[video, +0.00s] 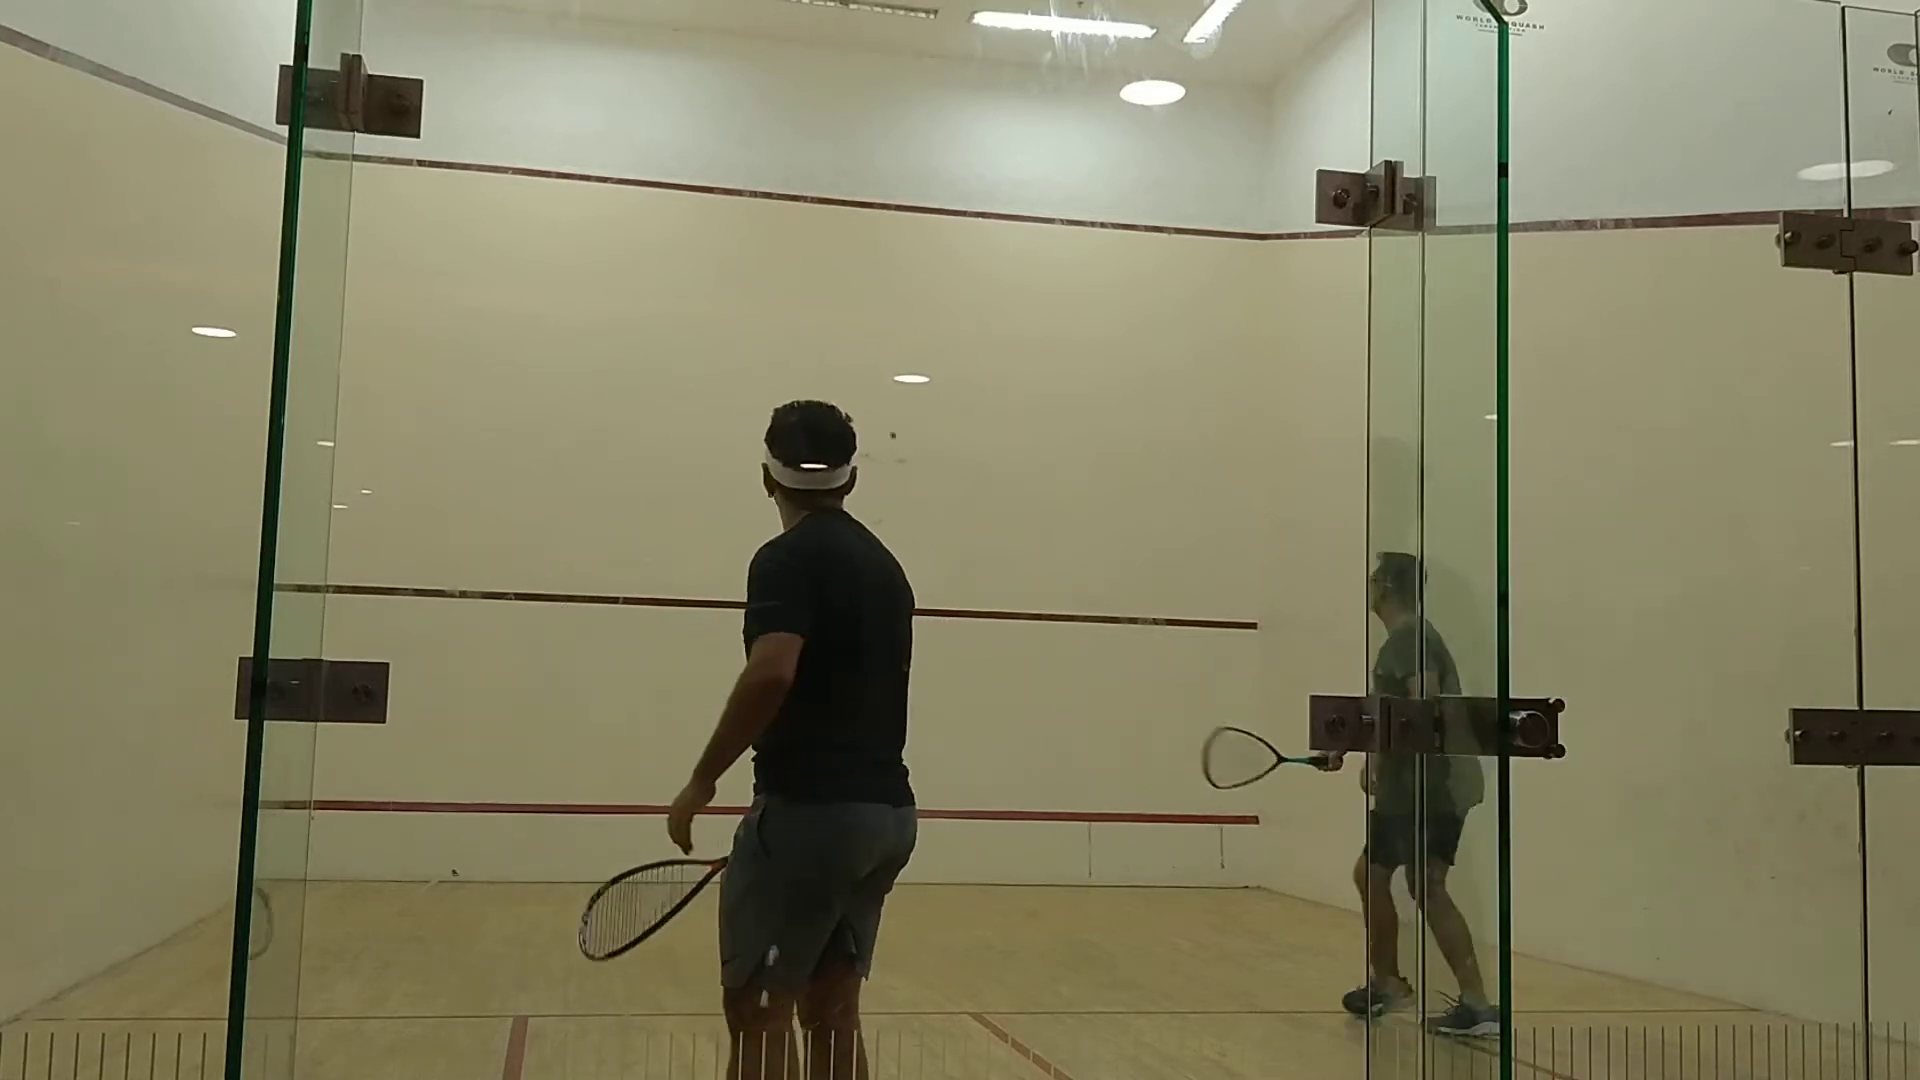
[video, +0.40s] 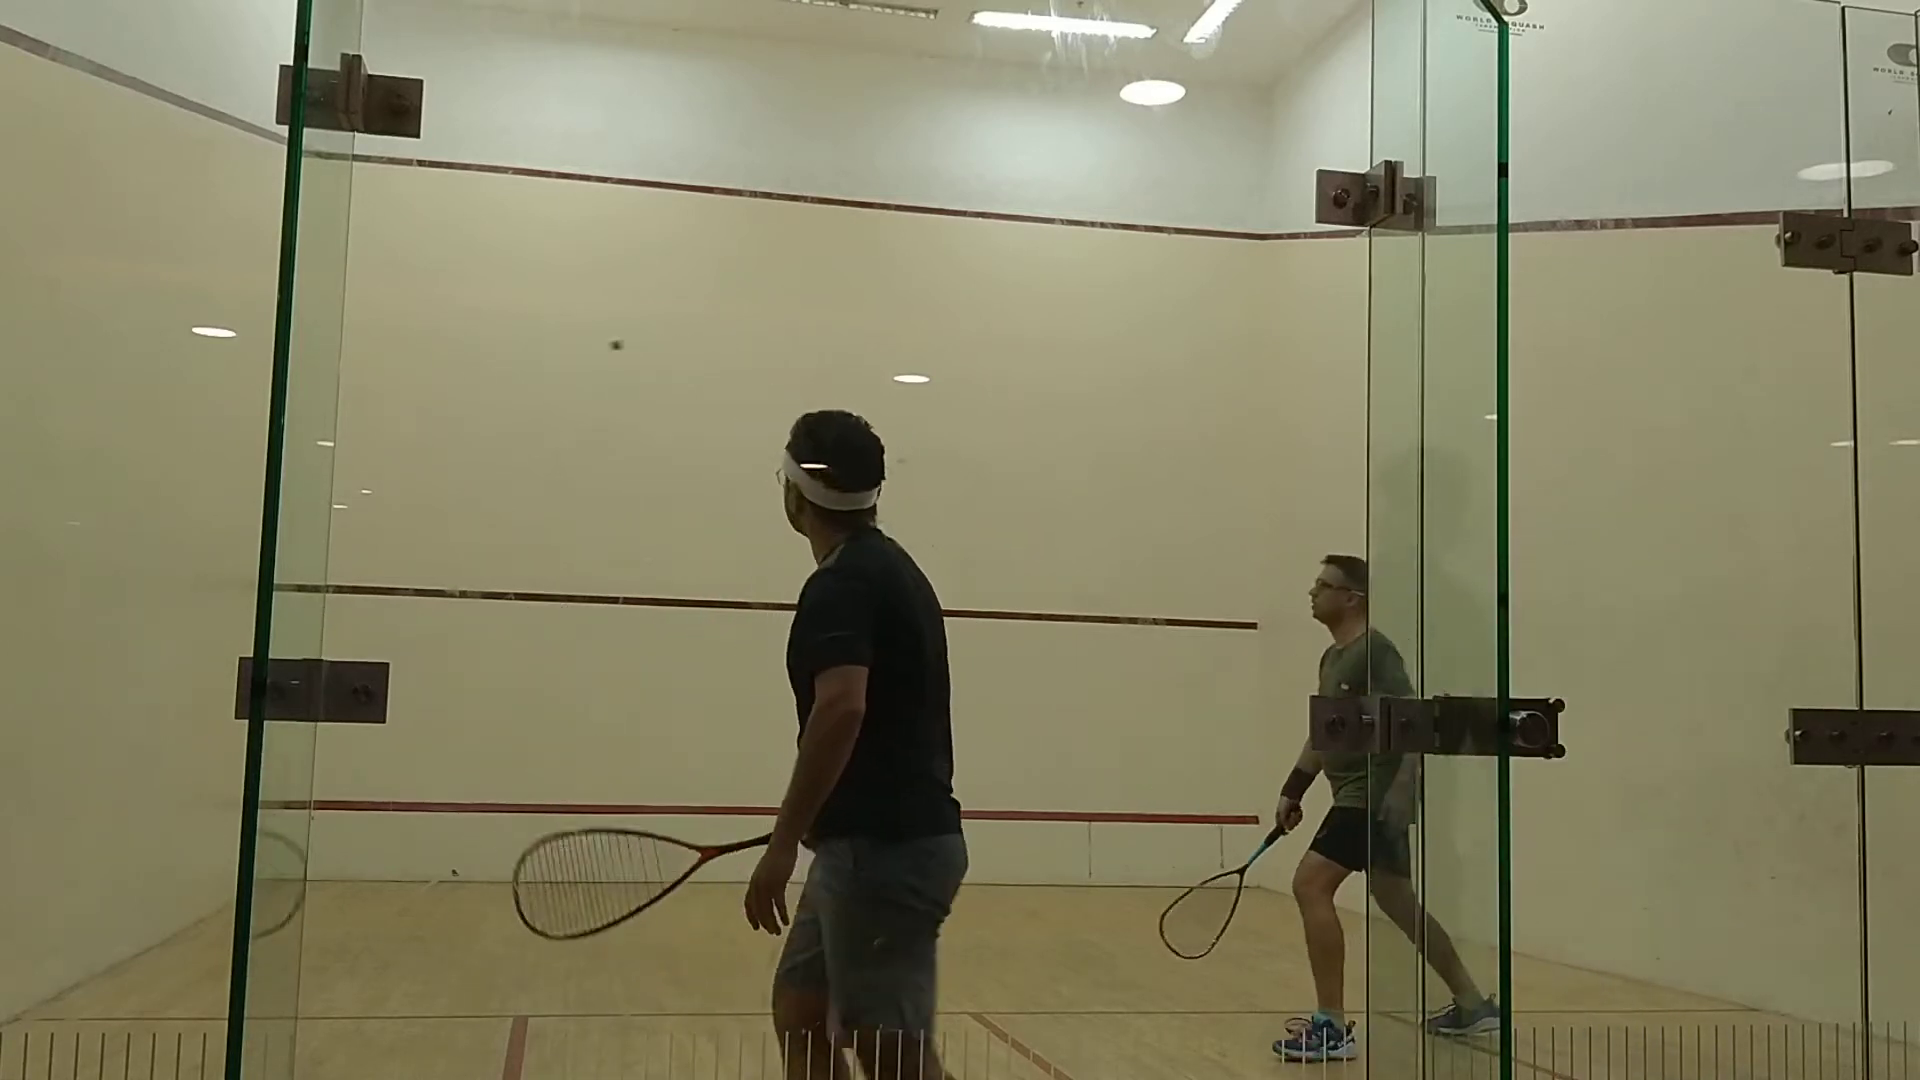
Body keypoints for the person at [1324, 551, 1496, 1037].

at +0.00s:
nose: (1367, 590)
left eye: (1371, 582)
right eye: (1370, 582)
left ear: (1383, 589)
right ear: (1409, 590)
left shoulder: (1409, 641)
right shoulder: (1415, 641)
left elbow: (1420, 709)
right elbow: (1385, 711)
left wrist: (1378, 757)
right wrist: (1344, 746)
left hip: (1418, 786)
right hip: (1443, 785)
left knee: (1369, 873)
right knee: (1427, 886)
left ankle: (1385, 981)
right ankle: (1475, 999)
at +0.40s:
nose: (1311, 594)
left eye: (1322, 587)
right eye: (1315, 586)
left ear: (1351, 598)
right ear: (1343, 598)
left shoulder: (1378, 651)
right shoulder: (1332, 658)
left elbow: (1414, 728)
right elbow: (1324, 732)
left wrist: (1401, 790)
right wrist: (1293, 791)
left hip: (1370, 798)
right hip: (1361, 796)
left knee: (1311, 887)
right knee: (1399, 903)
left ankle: (1331, 1025)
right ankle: (1472, 1003)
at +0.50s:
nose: (1291, 586)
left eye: (1302, 580)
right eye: (1294, 579)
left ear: (1332, 593)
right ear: (1318, 592)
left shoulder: (1348, 648)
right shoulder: (1310, 650)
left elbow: (1376, 727)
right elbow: (1308, 735)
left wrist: (1355, 790)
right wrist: (1286, 793)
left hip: (1341, 797)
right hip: (1337, 794)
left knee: (1290, 895)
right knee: (1378, 900)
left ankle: (1328, 1026)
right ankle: (1453, 992)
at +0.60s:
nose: (1268, 566)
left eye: (1279, 559)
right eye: (1270, 558)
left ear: (1308, 569)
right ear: (1299, 570)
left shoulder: (1315, 624)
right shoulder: (1303, 622)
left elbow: (1335, 707)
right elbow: (1307, 711)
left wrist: (1305, 773)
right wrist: (1281, 783)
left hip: (1308, 787)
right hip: (1314, 787)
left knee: (1280, 893)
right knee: (1320, 891)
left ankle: (1326, 1022)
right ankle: (1390, 993)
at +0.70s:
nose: (1247, 550)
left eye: (1258, 542)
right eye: (1248, 541)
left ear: (1288, 550)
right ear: (1283, 552)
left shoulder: (1282, 604)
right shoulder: (1301, 603)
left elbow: (1293, 680)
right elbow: (1307, 686)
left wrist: (1260, 750)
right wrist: (1267, 751)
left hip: (1283, 773)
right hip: (1299, 772)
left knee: (1246, 876)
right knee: (1267, 878)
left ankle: (1309, 998)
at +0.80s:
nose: (1224, 553)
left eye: (1236, 547)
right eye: (1224, 545)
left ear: (1266, 556)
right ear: (1259, 559)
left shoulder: (1257, 609)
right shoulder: (1281, 609)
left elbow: (1253, 686)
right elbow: (1278, 694)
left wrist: (1210, 753)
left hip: (1250, 775)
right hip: (1277, 778)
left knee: (1198, 878)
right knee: (1229, 887)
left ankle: (1241, 1015)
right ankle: (1251, 1018)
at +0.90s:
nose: (1201, 576)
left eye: (1212, 568)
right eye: (1199, 568)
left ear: (1242, 575)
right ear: (1224, 577)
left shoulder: (1234, 629)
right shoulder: (1255, 629)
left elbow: (1220, 710)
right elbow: (1251, 723)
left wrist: (1160, 770)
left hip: (1220, 793)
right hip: (1249, 796)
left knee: (1165, 894)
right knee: (1193, 904)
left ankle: (1165, 1043)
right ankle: (1246, 1026)